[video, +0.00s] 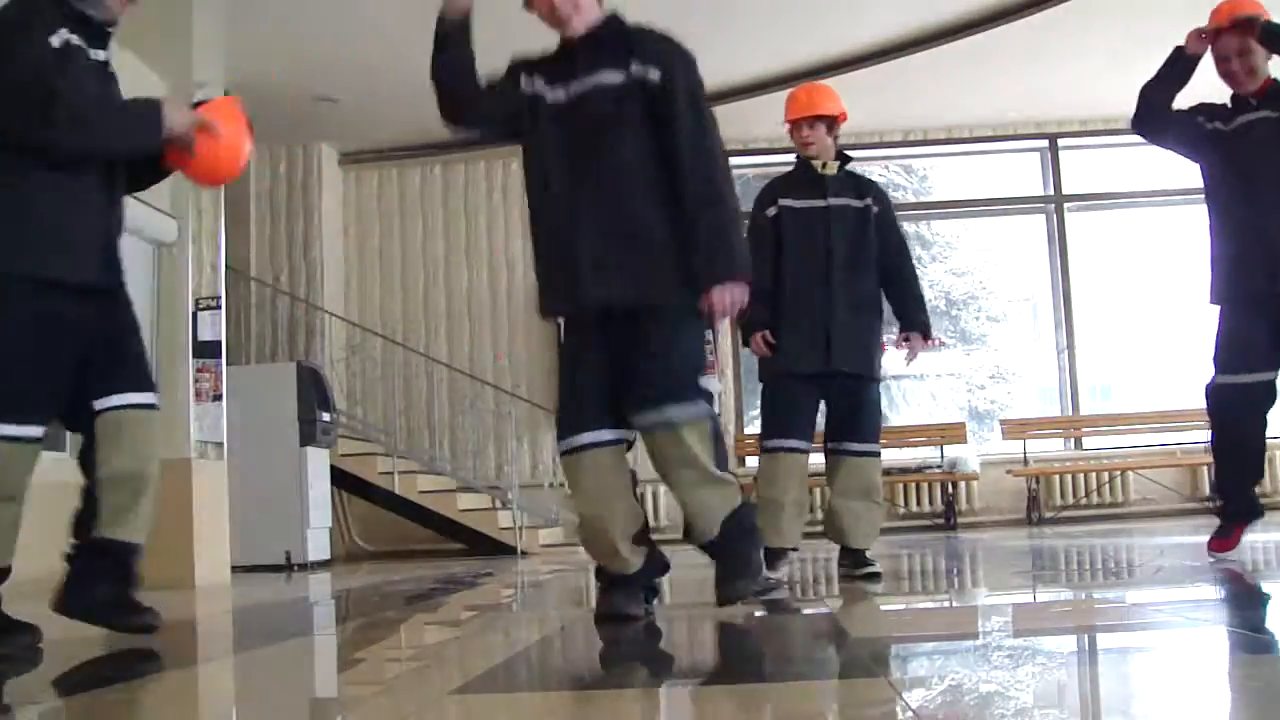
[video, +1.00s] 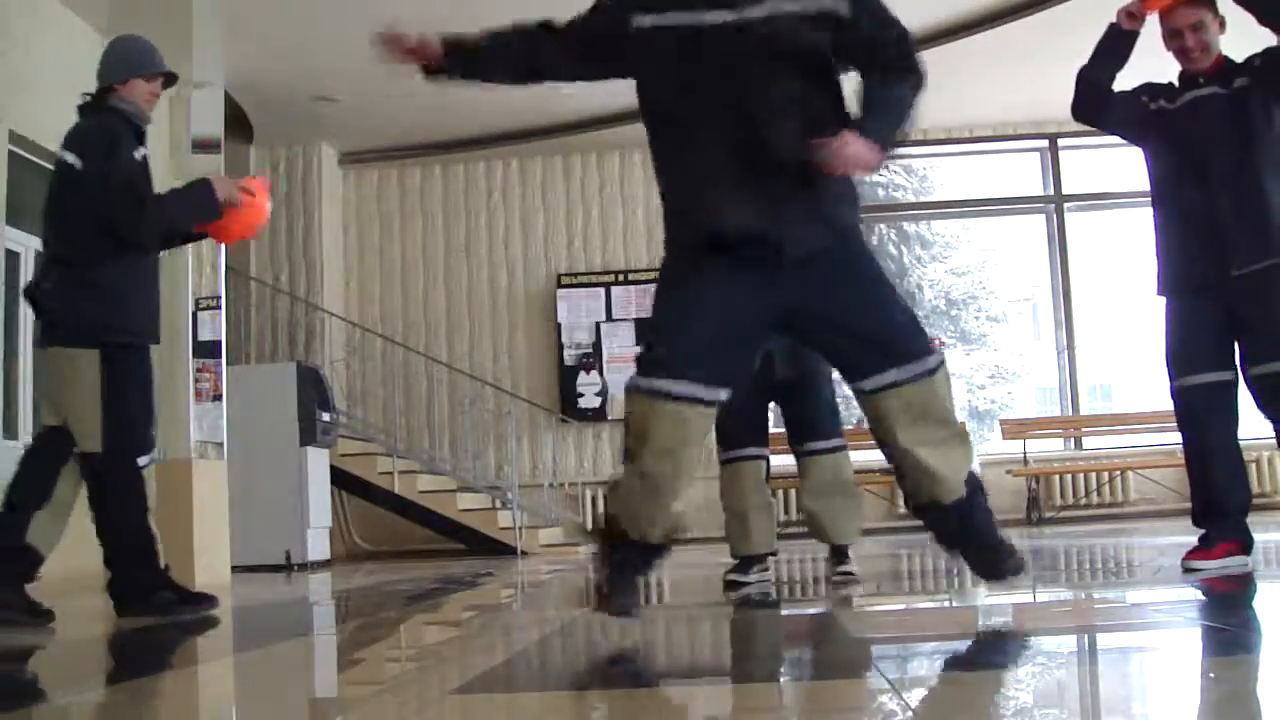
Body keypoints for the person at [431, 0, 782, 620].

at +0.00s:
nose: (546, 5)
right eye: (538, 2)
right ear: (536, 11)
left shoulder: (656, 56)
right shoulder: (533, 80)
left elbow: (703, 165)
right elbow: (462, 108)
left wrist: (724, 267)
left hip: (665, 284)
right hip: (584, 295)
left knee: (670, 417)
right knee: (587, 448)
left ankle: (736, 546)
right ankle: (628, 581)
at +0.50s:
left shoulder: (672, 4)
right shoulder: (548, 53)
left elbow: (747, 69)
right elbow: (525, 137)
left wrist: (724, 174)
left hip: (718, 236)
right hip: (645, 253)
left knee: (681, 402)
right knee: (631, 423)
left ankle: (673, 582)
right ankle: (713, 563)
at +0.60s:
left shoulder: (690, 6)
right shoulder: (557, 65)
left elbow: (754, 94)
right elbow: (556, 166)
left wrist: (707, 191)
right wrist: (505, 238)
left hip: (755, 231)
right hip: (665, 248)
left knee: (761, 394)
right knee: (660, 419)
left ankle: (784, 568)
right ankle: (701, 578)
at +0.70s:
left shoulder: (701, 16)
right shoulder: (578, 87)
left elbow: (762, 131)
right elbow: (584, 200)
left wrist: (710, 224)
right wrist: (540, 294)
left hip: (764, 246)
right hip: (673, 268)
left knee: (825, 396)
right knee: (655, 427)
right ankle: (702, 577)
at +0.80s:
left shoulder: (733, 10)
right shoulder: (592, 62)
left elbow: (799, 110)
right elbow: (582, 166)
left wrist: (748, 194)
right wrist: (519, 242)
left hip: (786, 264)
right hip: (681, 285)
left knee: (871, 397)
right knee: (668, 437)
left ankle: (966, 510)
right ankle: (703, 582)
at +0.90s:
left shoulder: (785, 4)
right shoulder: (618, 18)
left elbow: (853, 62)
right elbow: (579, 95)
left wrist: (802, 134)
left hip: (807, 238)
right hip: (697, 254)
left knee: (894, 360)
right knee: (685, 415)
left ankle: (944, 497)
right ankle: (683, 578)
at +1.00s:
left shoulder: (821, 3)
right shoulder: (641, 17)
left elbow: (895, 59)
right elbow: (552, 49)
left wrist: (874, 133)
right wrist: (447, 56)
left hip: (821, 235)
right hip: (711, 246)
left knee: (906, 370)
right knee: (672, 399)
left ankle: (960, 515)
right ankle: (632, 550)